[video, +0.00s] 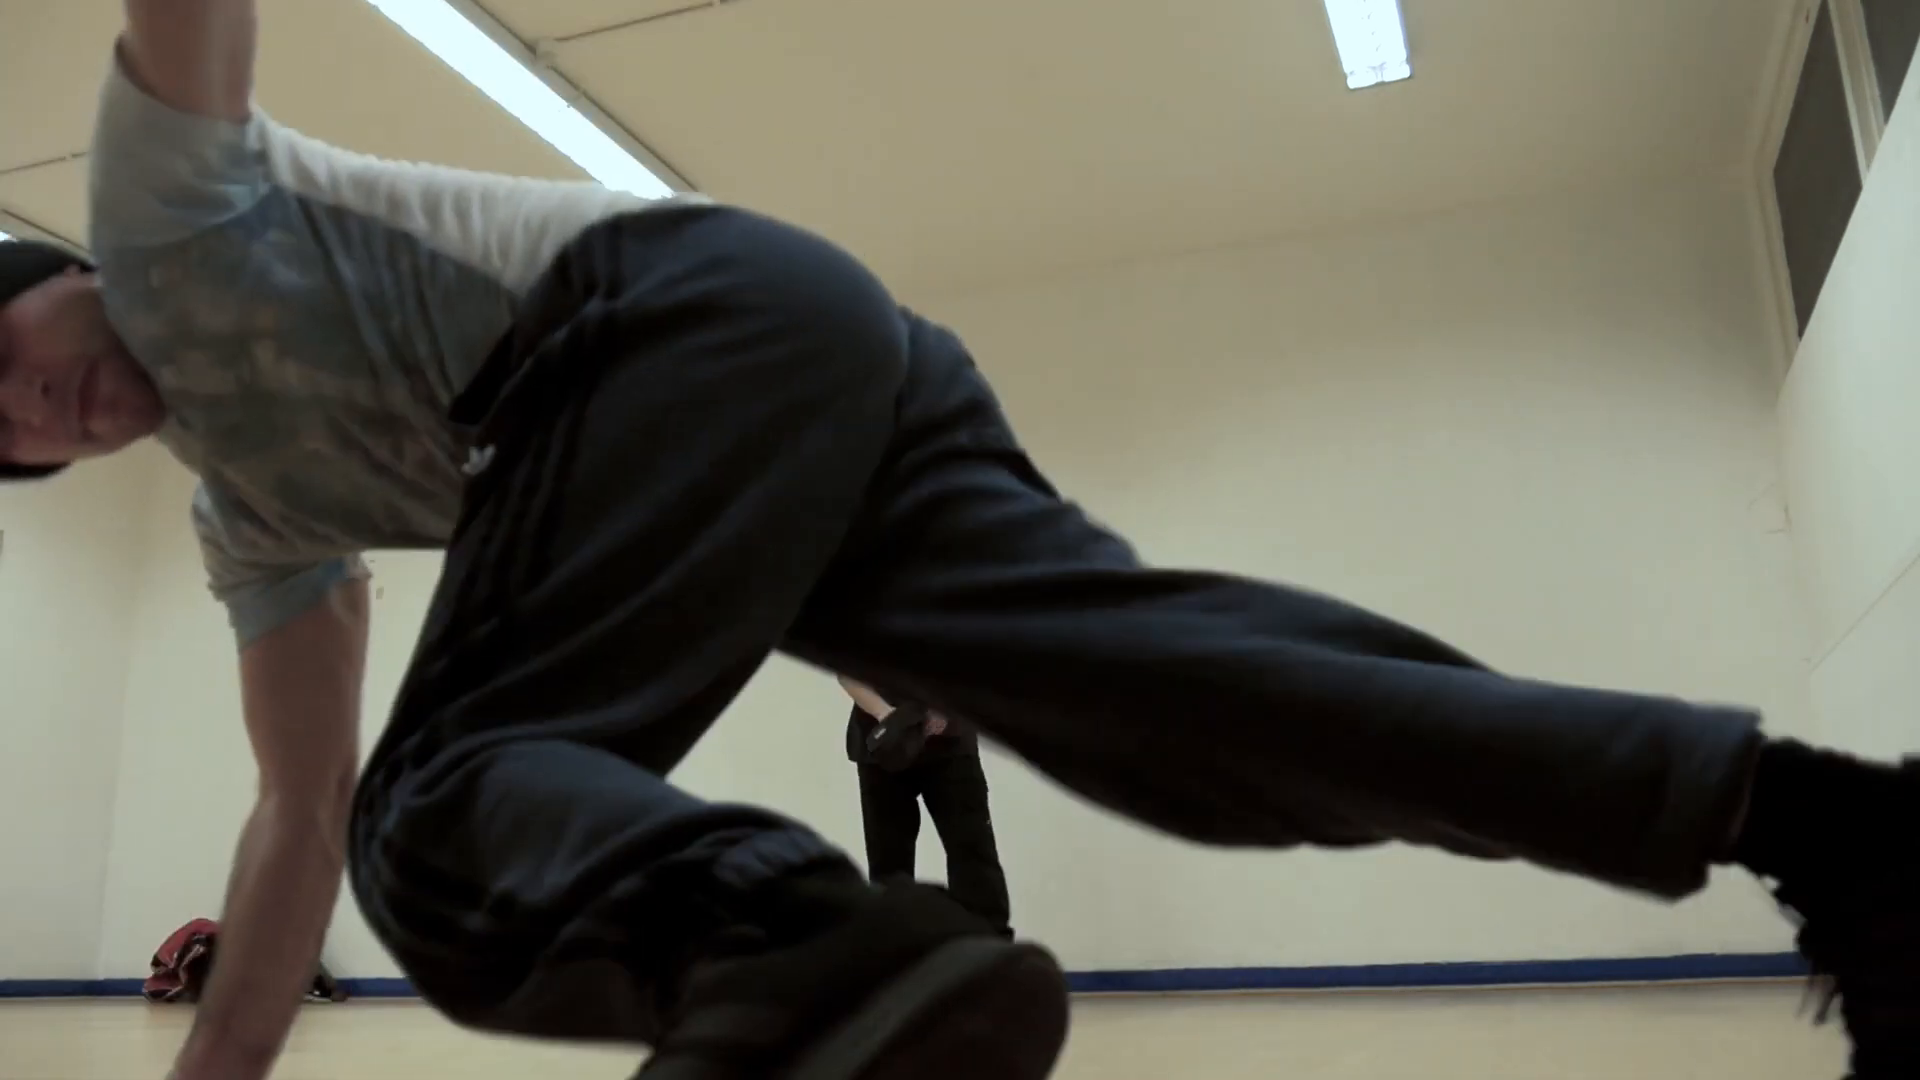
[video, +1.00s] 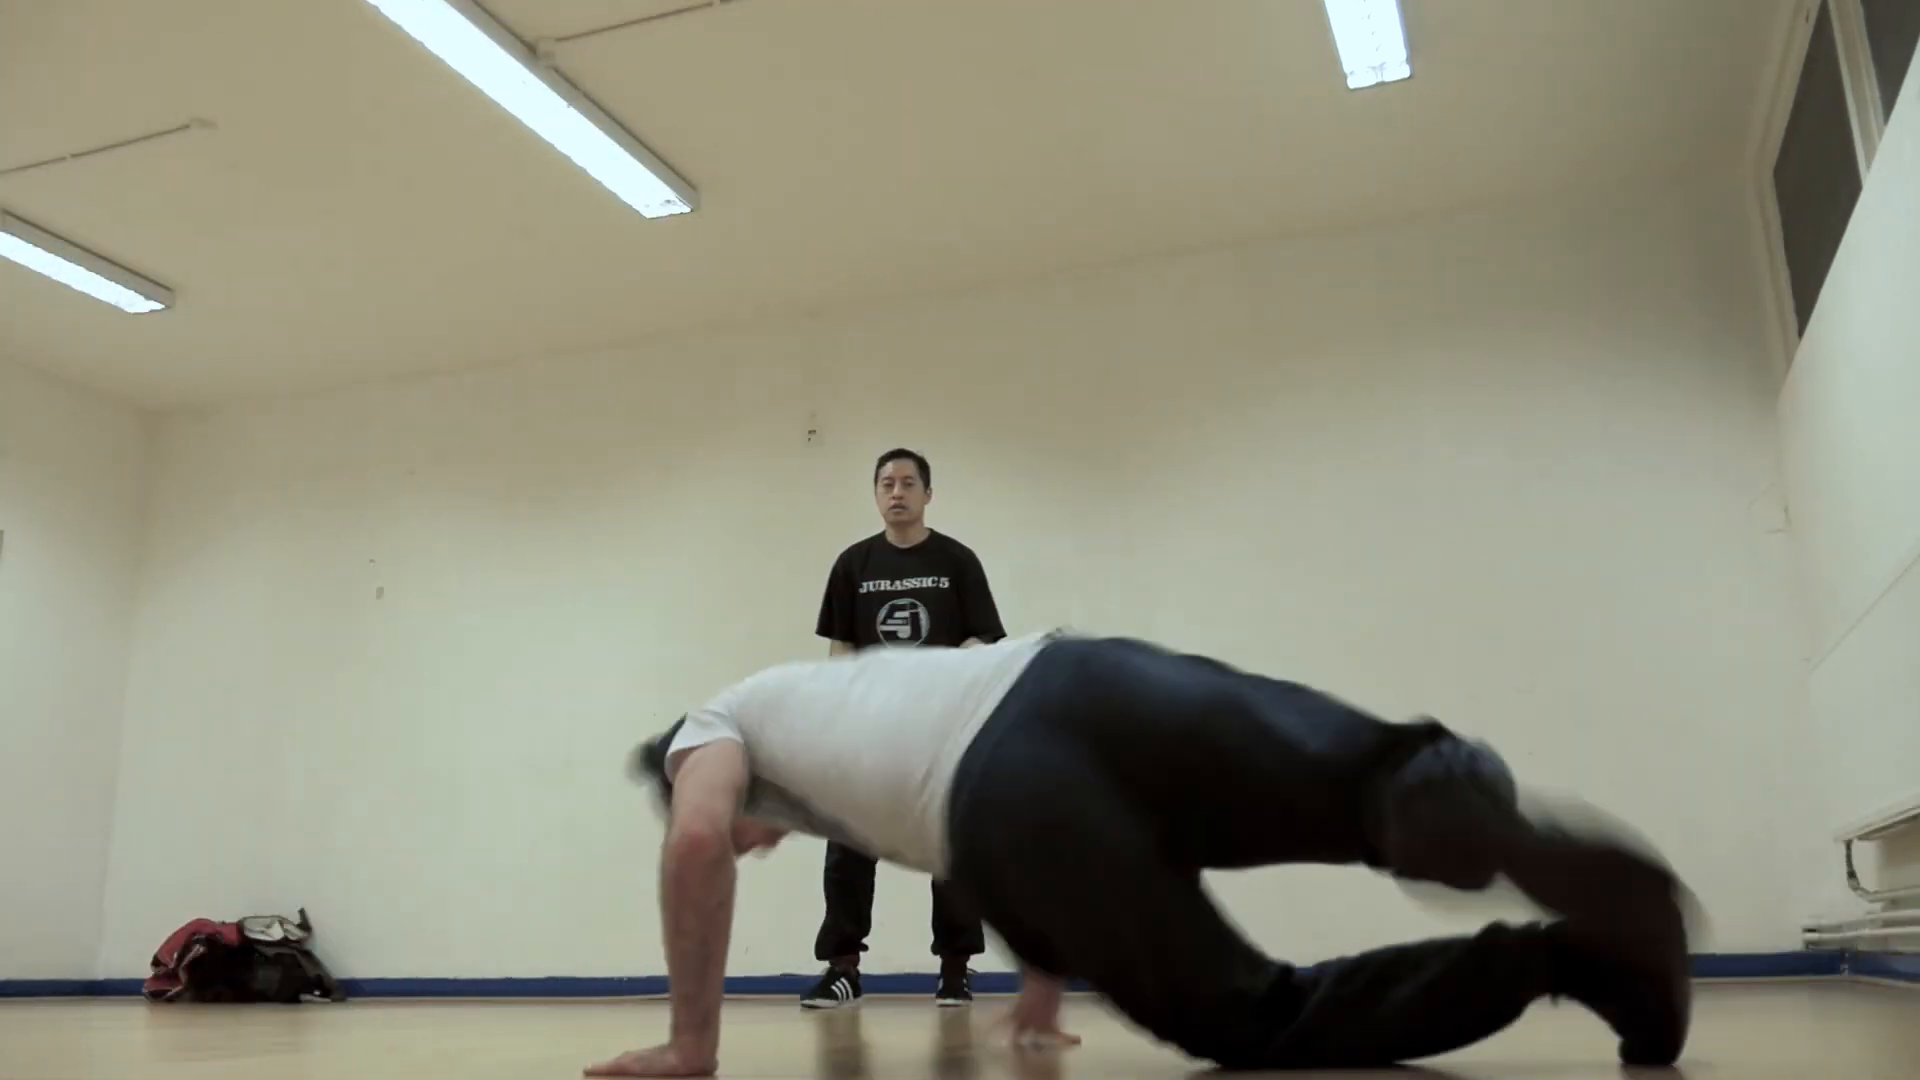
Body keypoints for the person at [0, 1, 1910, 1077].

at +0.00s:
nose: (54, 437)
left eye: (21, 397)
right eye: (26, 444)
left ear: (40, 303)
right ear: (64, 415)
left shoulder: (166, 196)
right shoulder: (252, 494)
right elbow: (305, 804)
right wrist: (215, 1069)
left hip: (693, 321)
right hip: (839, 399)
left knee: (442, 811)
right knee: (1177, 702)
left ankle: (807, 943)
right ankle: (1816, 815)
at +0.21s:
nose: (125, 257)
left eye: (109, 205)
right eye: (69, 272)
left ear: (159, 168)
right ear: (57, 331)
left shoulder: (306, 141)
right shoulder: (215, 513)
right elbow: (303, 805)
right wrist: (223, 1057)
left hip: (743, 349)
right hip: (716, 542)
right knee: (1155, 739)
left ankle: (901, 779)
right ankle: (1744, 878)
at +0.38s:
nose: (336, 240)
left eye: (331, 196)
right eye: (281, 234)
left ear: (342, 181)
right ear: (193, 288)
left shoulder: (446, 228)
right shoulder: (241, 527)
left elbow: (609, 75)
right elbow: (331, 827)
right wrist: (222, 1053)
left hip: (800, 559)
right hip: (735, 771)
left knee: (1102, 452)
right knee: (1155, 944)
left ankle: (1591, 314)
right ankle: (1597, 1070)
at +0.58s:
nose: (765, 412)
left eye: (766, 378)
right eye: (741, 380)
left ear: (731, 377)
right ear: (647, 381)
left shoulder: (758, 504)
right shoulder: (490, 573)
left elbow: (827, 649)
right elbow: (406, 857)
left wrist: (909, 716)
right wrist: (240, 1058)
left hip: (850, 845)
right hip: (722, 974)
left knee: (1171, 768)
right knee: (1136, 1021)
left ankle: (1596, 828)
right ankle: (1654, 1070)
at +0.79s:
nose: (1013, 617)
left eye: (1020, 597)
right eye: (1005, 584)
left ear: (921, 539)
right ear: (940, 523)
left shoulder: (816, 678)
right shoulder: (868, 529)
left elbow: (668, 838)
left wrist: (685, 1032)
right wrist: (1185, 443)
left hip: (791, 995)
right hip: (838, 875)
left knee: (1187, 992)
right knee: (1197, 821)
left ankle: (1664, 1028)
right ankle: (1665, 991)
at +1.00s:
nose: (694, 829)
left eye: (680, 808)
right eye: (680, 816)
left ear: (685, 761)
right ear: (752, 706)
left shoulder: (721, 723)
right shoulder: (871, 695)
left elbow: (701, 841)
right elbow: (1014, 808)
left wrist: (691, 1035)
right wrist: (1041, 1007)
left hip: (1000, 801)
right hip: (1077, 682)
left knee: (1258, 1021)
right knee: (1355, 777)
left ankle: (1559, 961)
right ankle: (1477, 818)